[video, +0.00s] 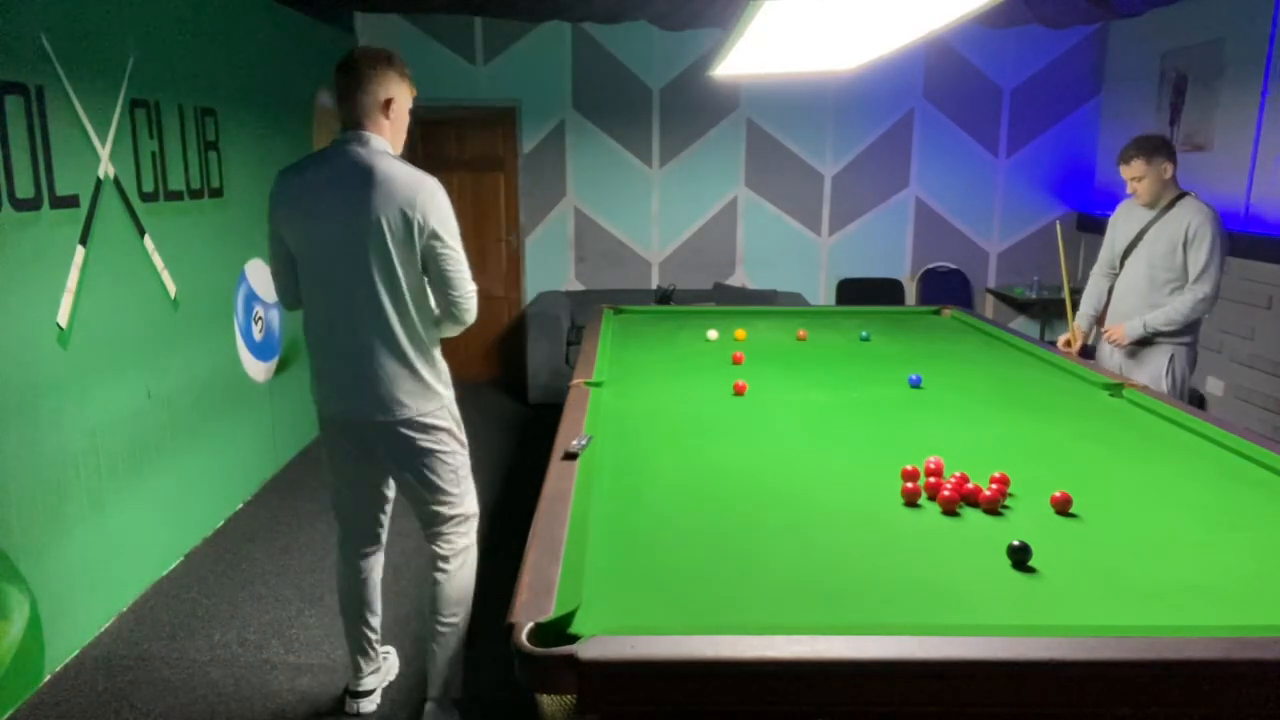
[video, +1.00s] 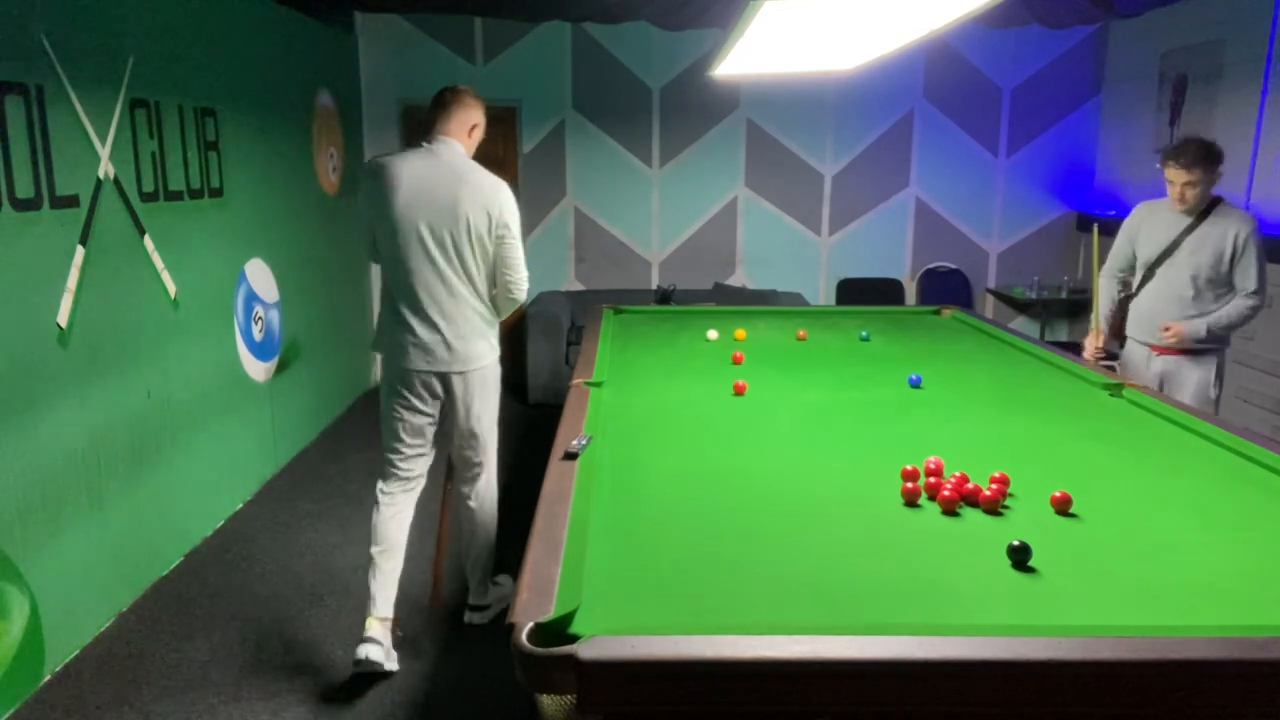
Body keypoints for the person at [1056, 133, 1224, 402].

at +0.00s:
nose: (1130, 189)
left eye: (1137, 180)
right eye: (1127, 181)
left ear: (1167, 170)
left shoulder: (1198, 219)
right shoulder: (1124, 212)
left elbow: (1201, 294)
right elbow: (1103, 272)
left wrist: (1135, 328)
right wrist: (1081, 325)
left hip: (1160, 358)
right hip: (1110, 348)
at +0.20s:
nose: (1122, 189)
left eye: (1129, 179)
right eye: (1118, 181)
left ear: (1158, 170)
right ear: (1114, 177)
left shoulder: (1189, 217)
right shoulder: (1114, 212)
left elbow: (1191, 292)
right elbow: (1093, 272)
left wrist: (1125, 325)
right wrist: (1078, 325)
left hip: (1155, 355)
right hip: (1105, 348)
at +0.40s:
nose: (1116, 193)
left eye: (1125, 183)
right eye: (1110, 184)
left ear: (1151, 172)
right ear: (1105, 180)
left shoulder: (1183, 217)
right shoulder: (1098, 214)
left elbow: (1196, 288)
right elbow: (1080, 274)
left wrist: (1140, 329)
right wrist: (1073, 325)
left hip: (1155, 355)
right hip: (1100, 349)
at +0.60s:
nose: (1122, 194)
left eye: (1132, 184)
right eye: (1115, 184)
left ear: (1157, 175)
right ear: (1109, 178)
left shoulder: (1188, 220)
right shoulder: (1096, 216)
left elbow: (1205, 289)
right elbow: (1078, 274)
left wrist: (1163, 335)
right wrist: (1071, 324)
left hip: (1158, 358)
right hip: (1101, 351)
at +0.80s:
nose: (1140, 194)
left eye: (1151, 185)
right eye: (1133, 183)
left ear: (1176, 177)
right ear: (1128, 177)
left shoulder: (1204, 224)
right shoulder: (1111, 215)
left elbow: (1217, 294)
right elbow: (1087, 274)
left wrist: (1176, 339)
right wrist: (1078, 325)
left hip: (1167, 363)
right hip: (1110, 354)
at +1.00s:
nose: (1177, 194)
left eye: (1190, 185)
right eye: (1170, 183)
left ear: (1214, 179)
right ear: (1164, 176)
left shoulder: (1238, 228)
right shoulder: (1143, 215)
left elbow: (1251, 297)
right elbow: (1112, 275)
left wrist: (1198, 329)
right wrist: (1100, 329)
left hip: (1194, 366)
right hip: (1136, 357)